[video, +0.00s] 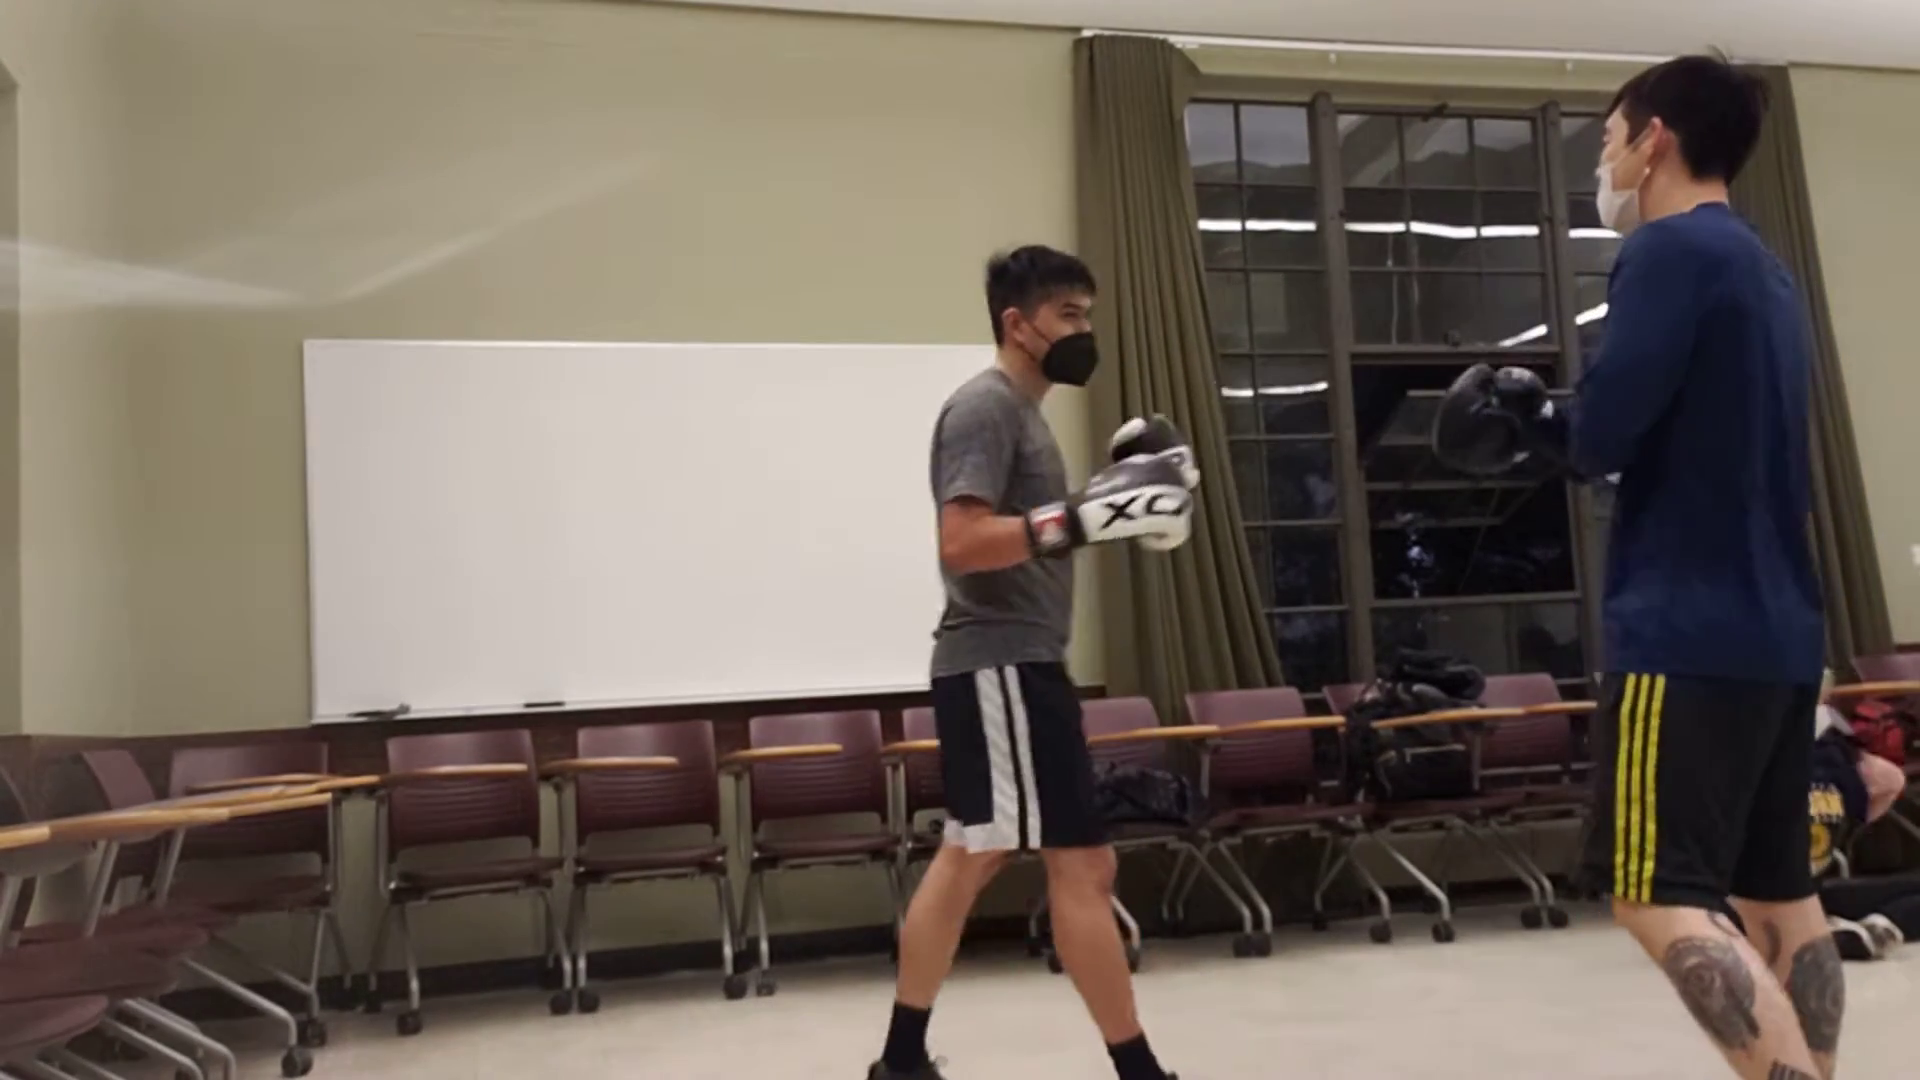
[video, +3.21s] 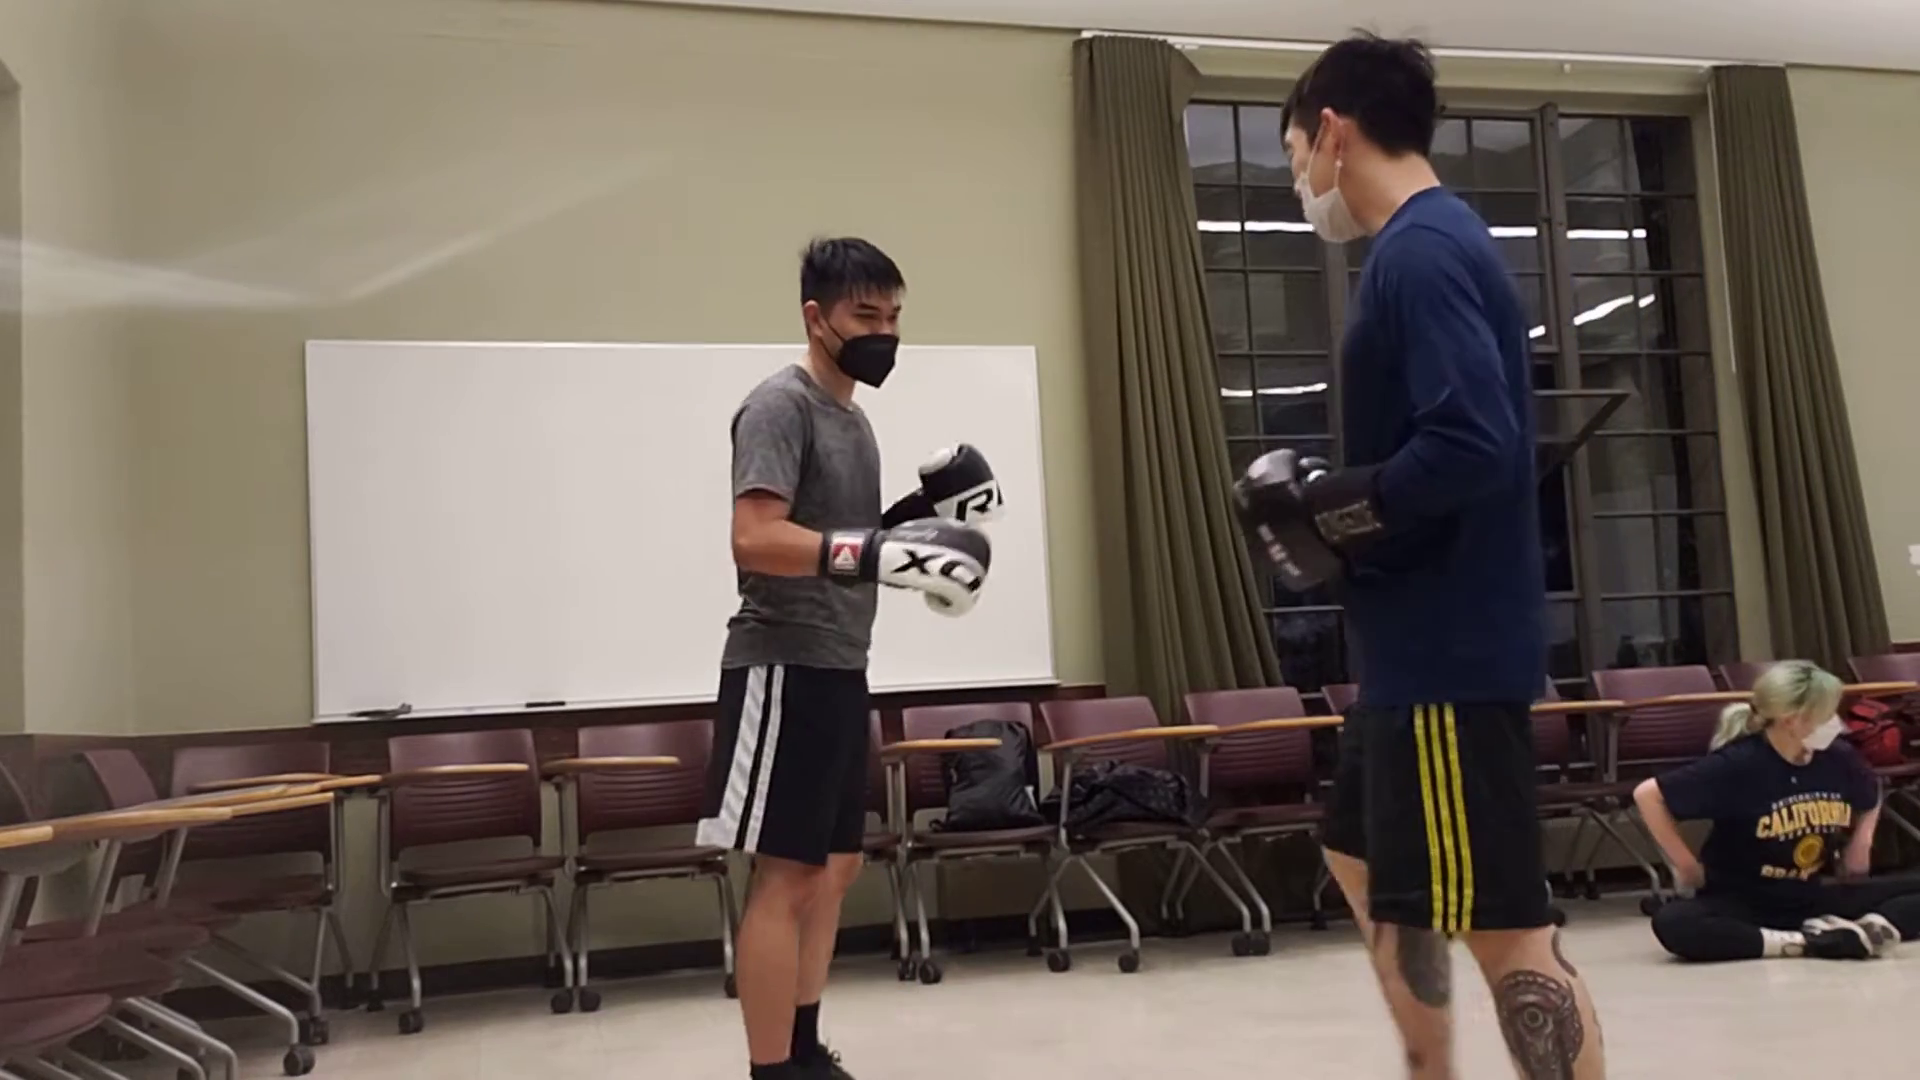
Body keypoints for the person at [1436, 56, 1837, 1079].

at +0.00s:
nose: (1601, 166)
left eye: (1610, 143)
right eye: (1603, 145)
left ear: (1655, 142)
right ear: (1697, 150)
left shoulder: (1667, 253)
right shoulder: (1765, 271)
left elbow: (1603, 434)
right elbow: (1703, 449)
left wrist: (1541, 404)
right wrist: (1552, 421)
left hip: (1685, 630)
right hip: (1778, 626)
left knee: (1653, 894)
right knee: (1775, 885)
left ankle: (1784, 1070)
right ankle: (1812, 1072)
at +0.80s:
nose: (1625, 127)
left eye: (1633, 100)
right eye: (1623, 106)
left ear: (1692, 85)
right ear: (1707, 96)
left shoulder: (1791, 216)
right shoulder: (1734, 228)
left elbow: (1758, 420)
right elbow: (1697, 395)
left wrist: (1614, 426)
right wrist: (1583, 398)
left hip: (1771, 636)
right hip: (1717, 635)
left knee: (1802, 929)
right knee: (1759, 929)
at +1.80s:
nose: (1496, 171)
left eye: (1504, 146)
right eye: (1496, 150)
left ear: (1554, 134)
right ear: (1574, 143)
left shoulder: (1638, 249)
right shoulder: (1595, 262)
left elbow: (1618, 433)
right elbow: (1579, 417)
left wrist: (1498, 464)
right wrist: (1494, 416)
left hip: (1657, 649)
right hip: (1594, 650)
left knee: (1732, 912)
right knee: (1627, 910)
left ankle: (1843, 1072)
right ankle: (1642, 1079)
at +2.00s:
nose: (1445, 195)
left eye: (1451, 169)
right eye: (1442, 176)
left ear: (1503, 154)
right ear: (1519, 161)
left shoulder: (1597, 256)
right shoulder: (1542, 287)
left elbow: (1619, 427)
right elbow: (1460, 433)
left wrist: (1499, 486)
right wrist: (1330, 395)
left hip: (1631, 637)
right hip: (1572, 640)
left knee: (1651, 891)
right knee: (1605, 893)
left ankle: (1799, 1072)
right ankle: (1646, 1076)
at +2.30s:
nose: (1399, 211)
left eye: (1403, 185)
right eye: (1394, 192)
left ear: (1456, 166)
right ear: (1470, 173)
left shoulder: (1562, 267)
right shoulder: (1507, 293)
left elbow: (1617, 439)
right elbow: (1503, 472)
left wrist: (1472, 487)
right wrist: (1333, 501)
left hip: (1598, 636)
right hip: (1553, 638)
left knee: (1591, 897)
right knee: (1595, 897)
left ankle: (1633, 1075)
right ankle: (1638, 1073)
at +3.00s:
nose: (1342, 180)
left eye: (1337, 152)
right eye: (1335, 157)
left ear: (1376, 129)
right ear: (1424, 127)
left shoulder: (1461, 254)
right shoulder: (1475, 242)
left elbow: (1491, 448)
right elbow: (1476, 443)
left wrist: (1356, 485)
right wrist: (1355, 465)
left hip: (1479, 656)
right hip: (1451, 652)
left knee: (1510, 936)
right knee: (1451, 922)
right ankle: (1546, 1076)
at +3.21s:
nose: (1300, 181)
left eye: (1296, 152)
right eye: (1296, 157)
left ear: (1333, 134)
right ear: (1396, 133)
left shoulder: (1418, 251)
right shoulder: (1444, 240)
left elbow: (1476, 444)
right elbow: (1465, 445)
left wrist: (1337, 513)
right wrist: (1334, 493)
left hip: (1450, 655)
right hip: (1420, 649)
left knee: (1505, 927)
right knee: (1359, 859)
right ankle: (1432, 1073)